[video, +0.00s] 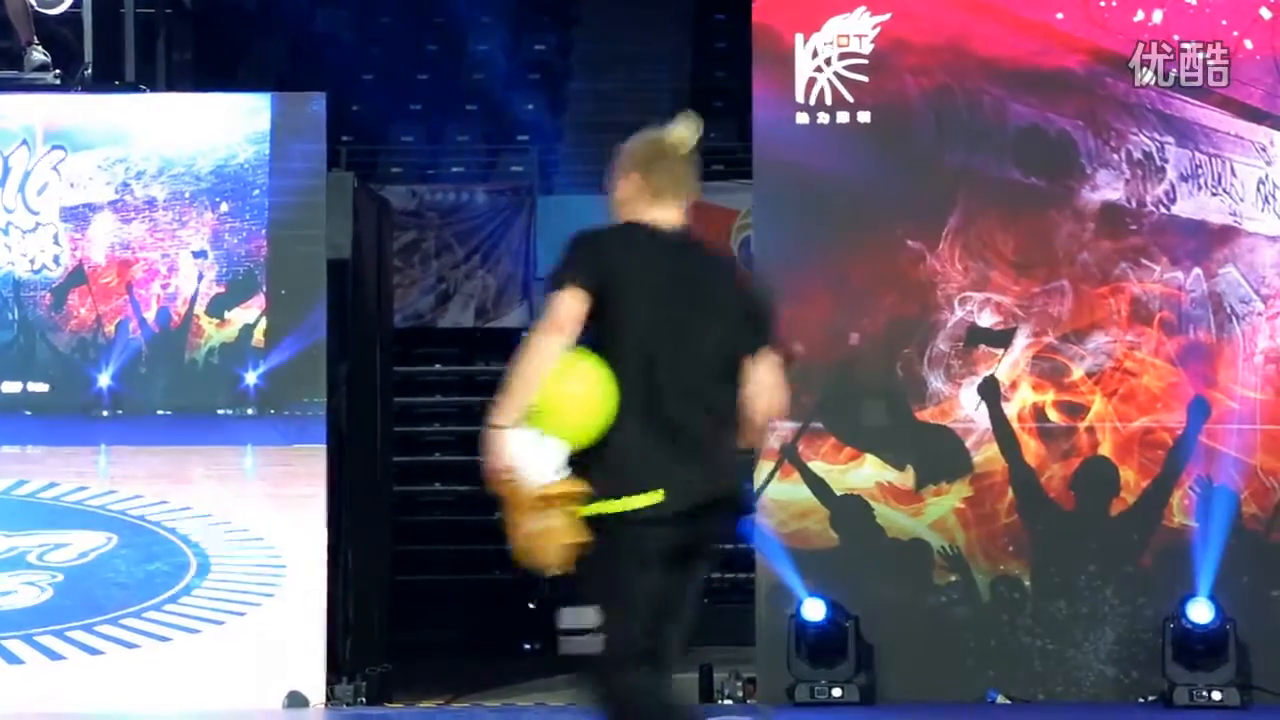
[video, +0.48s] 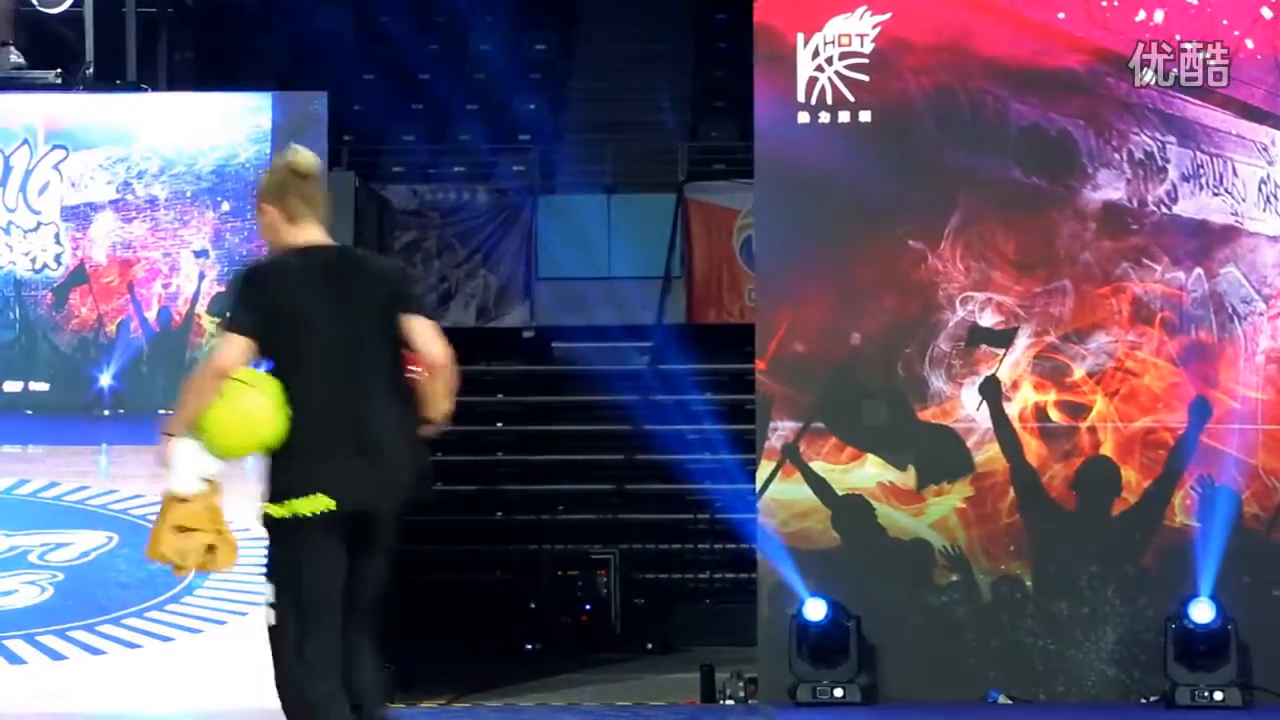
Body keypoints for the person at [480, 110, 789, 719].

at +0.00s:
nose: (611, 192)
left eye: (616, 181)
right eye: (616, 179)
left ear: (629, 185)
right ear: (687, 198)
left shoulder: (601, 250)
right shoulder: (728, 276)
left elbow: (556, 334)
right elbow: (767, 396)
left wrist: (503, 422)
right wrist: (738, 445)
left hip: (628, 489)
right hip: (711, 488)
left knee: (624, 666)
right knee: (654, 664)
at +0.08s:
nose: (549, 196)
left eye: (554, 186)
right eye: (554, 185)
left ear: (566, 191)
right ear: (627, 205)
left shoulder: (548, 254)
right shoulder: (660, 280)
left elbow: (516, 329)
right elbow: (695, 406)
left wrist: (445, 410)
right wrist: (623, 415)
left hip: (566, 495)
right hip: (652, 500)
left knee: (524, 654)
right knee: (627, 667)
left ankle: (572, 710)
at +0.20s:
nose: (446, 172)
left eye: (450, 159)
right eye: (448, 160)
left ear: (470, 159)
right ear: (521, 164)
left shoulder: (465, 229)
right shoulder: (571, 246)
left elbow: (441, 309)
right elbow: (604, 363)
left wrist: (363, 386)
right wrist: (550, 401)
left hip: (469, 461)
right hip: (558, 462)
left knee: (449, 620)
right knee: (578, 620)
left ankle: (436, 710)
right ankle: (611, 711)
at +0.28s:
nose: (381, 190)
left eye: (383, 176)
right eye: (383, 177)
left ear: (402, 171)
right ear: (455, 173)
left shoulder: (404, 242)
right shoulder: (510, 248)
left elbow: (378, 323)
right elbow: (557, 356)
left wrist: (303, 401)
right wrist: (517, 422)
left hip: (417, 466)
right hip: (501, 462)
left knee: (398, 616)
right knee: (508, 610)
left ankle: (378, 711)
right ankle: (571, 707)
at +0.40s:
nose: (298, 230)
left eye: (301, 218)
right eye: (299, 218)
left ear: (317, 218)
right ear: (367, 217)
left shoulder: (314, 285)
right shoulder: (427, 284)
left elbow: (291, 368)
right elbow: (493, 368)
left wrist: (227, 428)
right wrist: (473, 431)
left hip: (353, 497)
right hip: (432, 496)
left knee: (324, 656)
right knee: (408, 655)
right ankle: (470, 707)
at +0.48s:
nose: (259, 228)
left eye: (260, 215)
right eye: (260, 215)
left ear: (273, 212)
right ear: (321, 207)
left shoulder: (267, 280)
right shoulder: (380, 273)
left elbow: (224, 363)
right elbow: (436, 353)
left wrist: (180, 421)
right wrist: (435, 412)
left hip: (309, 483)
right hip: (384, 480)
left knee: (307, 634)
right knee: (362, 629)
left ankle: (324, 713)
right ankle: (368, 709)